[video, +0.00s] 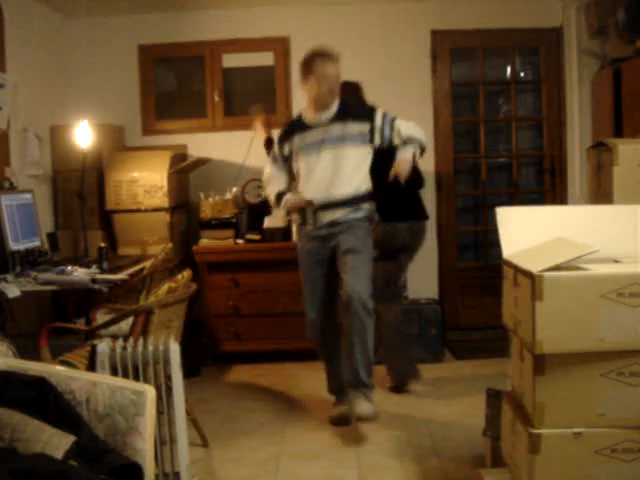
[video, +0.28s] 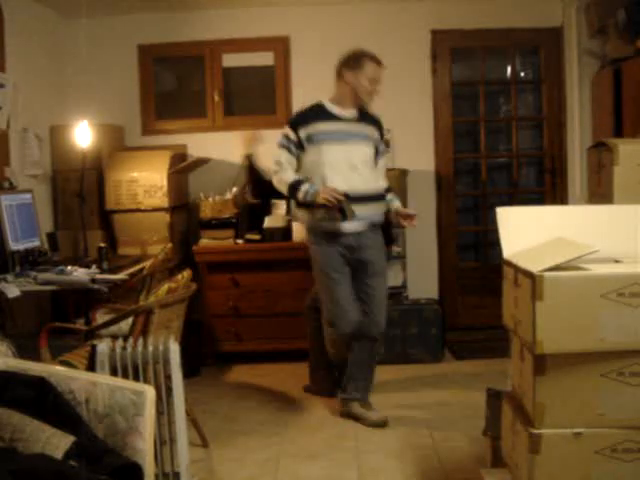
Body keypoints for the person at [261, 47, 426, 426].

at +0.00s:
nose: (331, 87)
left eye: (335, 79)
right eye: (324, 80)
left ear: (342, 78)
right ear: (306, 81)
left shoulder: (363, 118)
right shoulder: (291, 133)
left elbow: (411, 132)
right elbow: (272, 174)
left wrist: (407, 153)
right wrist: (283, 197)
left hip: (353, 222)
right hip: (311, 230)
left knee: (356, 296)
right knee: (318, 315)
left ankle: (360, 389)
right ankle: (341, 395)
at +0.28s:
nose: (376, 89)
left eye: (378, 82)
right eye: (371, 81)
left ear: (367, 81)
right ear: (346, 76)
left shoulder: (373, 126)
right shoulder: (305, 122)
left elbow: (378, 179)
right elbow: (281, 173)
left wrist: (394, 207)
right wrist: (311, 193)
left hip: (369, 234)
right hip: (327, 236)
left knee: (374, 323)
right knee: (347, 321)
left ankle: (354, 397)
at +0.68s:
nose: (378, 90)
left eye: (379, 82)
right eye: (375, 81)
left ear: (358, 80)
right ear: (352, 77)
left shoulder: (372, 118)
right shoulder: (302, 116)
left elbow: (418, 134)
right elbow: (275, 169)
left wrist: (475, 148)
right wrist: (320, 182)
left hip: (358, 216)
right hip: (327, 217)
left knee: (367, 309)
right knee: (416, 261)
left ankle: (337, 401)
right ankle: (499, 309)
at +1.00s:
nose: (372, 75)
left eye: (370, 68)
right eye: (371, 68)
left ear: (340, 65)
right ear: (365, 68)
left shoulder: (361, 109)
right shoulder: (327, 109)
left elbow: (393, 140)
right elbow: (294, 166)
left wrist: (398, 163)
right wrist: (346, 194)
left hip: (356, 219)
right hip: (340, 221)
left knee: (360, 310)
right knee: (402, 300)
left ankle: (339, 402)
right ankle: (392, 398)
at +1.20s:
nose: (393, 104)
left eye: (393, 96)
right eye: (394, 96)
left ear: (363, 84)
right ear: (387, 94)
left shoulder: (335, 116)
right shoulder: (358, 128)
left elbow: (313, 188)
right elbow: (334, 194)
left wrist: (367, 216)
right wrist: (382, 214)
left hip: (332, 237)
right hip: (351, 243)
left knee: (396, 283)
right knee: (366, 334)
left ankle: (318, 282)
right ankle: (334, 421)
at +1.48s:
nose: (389, 78)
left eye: (386, 72)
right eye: (391, 73)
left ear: (355, 64)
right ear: (388, 71)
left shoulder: (316, 95)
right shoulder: (390, 115)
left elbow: (268, 125)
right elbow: (396, 180)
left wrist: (283, 177)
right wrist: (418, 179)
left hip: (314, 216)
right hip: (354, 228)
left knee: (392, 232)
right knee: (355, 321)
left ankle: (442, 266)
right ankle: (338, 417)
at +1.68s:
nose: (376, 105)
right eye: (378, 100)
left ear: (343, 93)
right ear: (379, 99)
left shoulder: (317, 113)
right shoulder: (394, 138)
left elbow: (286, 146)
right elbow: (442, 195)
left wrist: (308, 196)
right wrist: (422, 171)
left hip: (327, 232)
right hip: (371, 246)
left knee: (399, 242)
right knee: (382, 334)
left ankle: (444, 281)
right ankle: (352, 432)